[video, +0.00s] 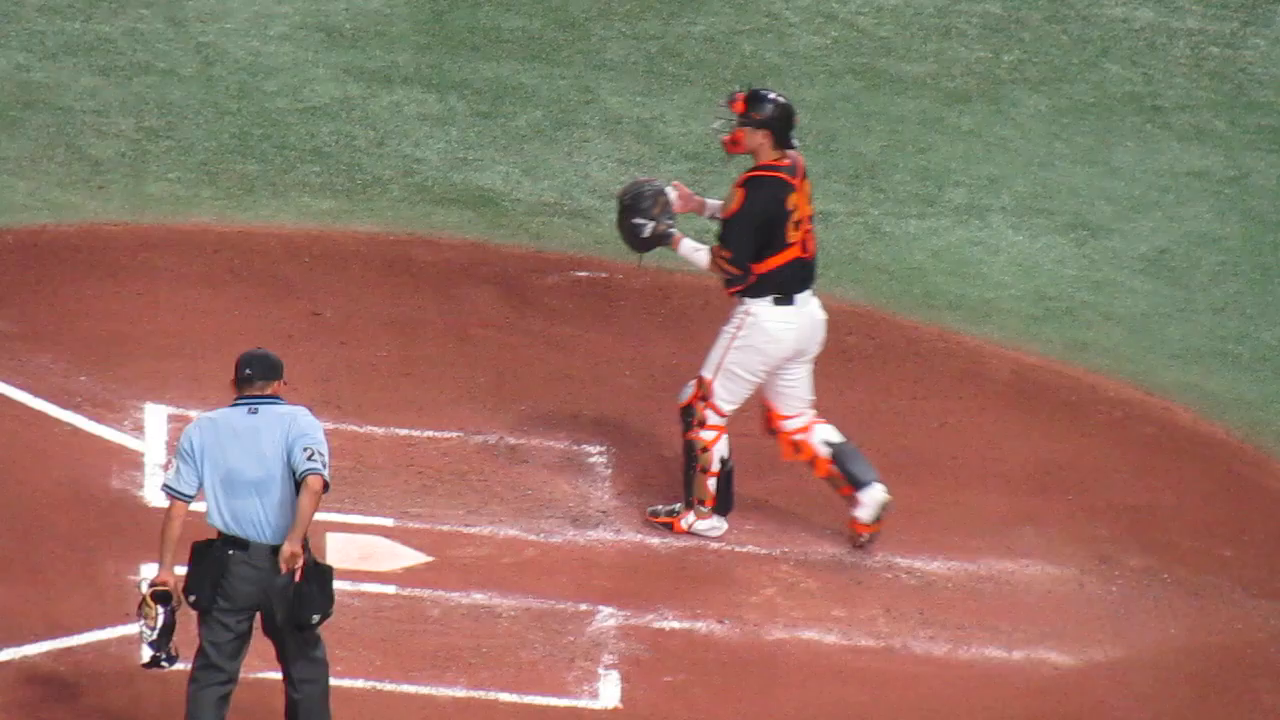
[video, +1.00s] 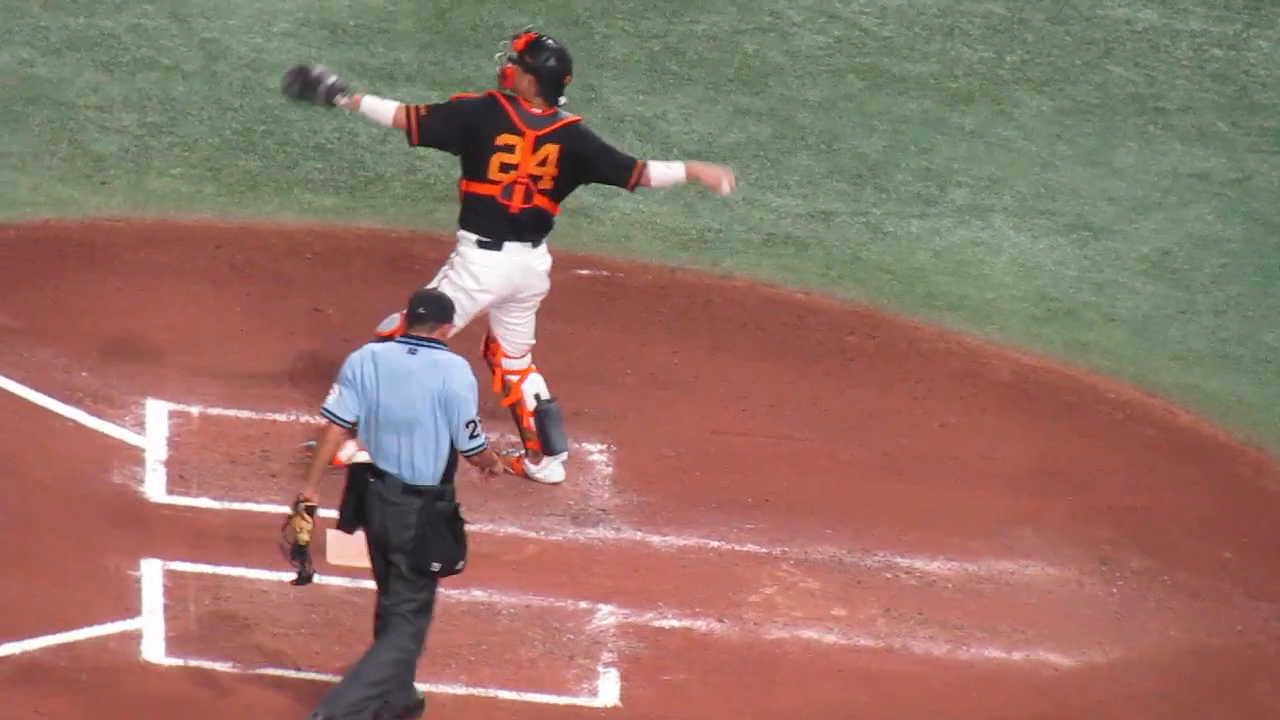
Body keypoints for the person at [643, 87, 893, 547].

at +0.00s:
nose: (736, 131)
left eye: (744, 125)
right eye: (739, 123)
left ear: (766, 134)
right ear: (772, 133)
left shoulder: (758, 189)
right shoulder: (791, 166)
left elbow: (727, 265)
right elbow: (750, 214)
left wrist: (672, 239)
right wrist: (701, 205)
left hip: (764, 317)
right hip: (805, 311)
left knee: (704, 407)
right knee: (794, 421)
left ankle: (704, 512)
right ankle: (866, 490)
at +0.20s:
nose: (664, 125)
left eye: (672, 120)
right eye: (668, 117)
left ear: (691, 129)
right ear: (706, 129)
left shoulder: (675, 183)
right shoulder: (727, 166)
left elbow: (646, 255)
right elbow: (696, 210)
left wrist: (603, 225)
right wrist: (642, 189)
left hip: (687, 315)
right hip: (725, 306)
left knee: (657, 418)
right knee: (675, 397)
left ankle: (676, 526)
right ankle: (720, 483)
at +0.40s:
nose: (607, 104)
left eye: (613, 100)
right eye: (611, 98)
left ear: (624, 110)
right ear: (655, 110)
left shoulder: (600, 160)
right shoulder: (676, 154)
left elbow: (555, 215)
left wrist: (570, 166)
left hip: (619, 295)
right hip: (661, 290)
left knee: (621, 411)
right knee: (588, 368)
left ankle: (660, 509)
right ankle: (557, 467)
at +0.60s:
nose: (559, 87)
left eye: (566, 84)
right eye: (563, 80)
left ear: (580, 97)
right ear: (606, 99)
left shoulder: (538, 133)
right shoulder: (623, 147)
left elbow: (489, 173)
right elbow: (640, 196)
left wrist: (533, 145)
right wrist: (594, 167)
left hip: (546, 280)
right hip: (588, 275)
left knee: (542, 396)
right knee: (512, 350)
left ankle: (618, 468)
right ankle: (504, 452)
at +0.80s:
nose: (541, 69)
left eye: (550, 66)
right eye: (547, 62)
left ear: (565, 80)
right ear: (584, 85)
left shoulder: (515, 114)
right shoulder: (605, 135)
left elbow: (451, 132)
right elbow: (636, 199)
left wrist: (451, 96)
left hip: (516, 263)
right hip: (566, 266)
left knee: (451, 343)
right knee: (519, 354)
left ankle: (507, 438)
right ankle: (533, 454)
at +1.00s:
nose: (507, 66)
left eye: (515, 63)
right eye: (514, 60)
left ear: (528, 80)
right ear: (553, 86)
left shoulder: (480, 111)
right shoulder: (572, 135)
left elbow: (408, 121)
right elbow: (636, 174)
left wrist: (347, 98)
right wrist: (693, 170)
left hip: (479, 259)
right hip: (533, 263)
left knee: (402, 337)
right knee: (516, 363)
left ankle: (369, 436)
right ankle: (551, 459)